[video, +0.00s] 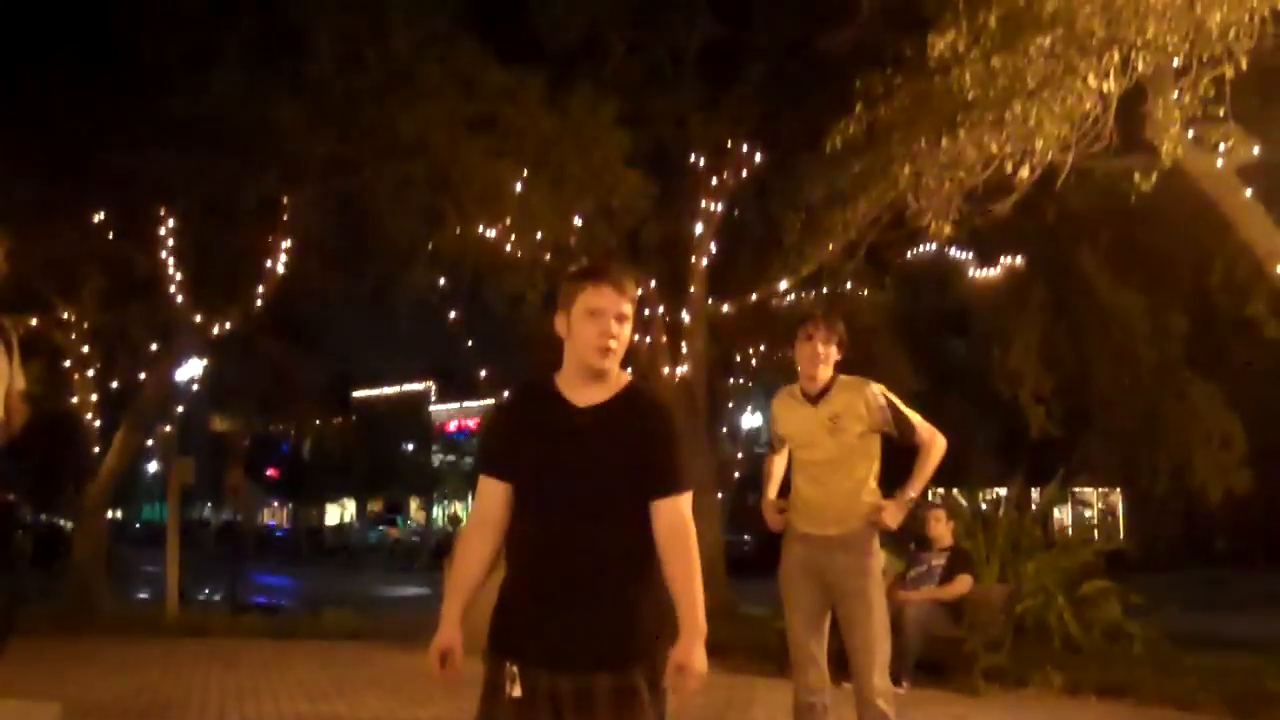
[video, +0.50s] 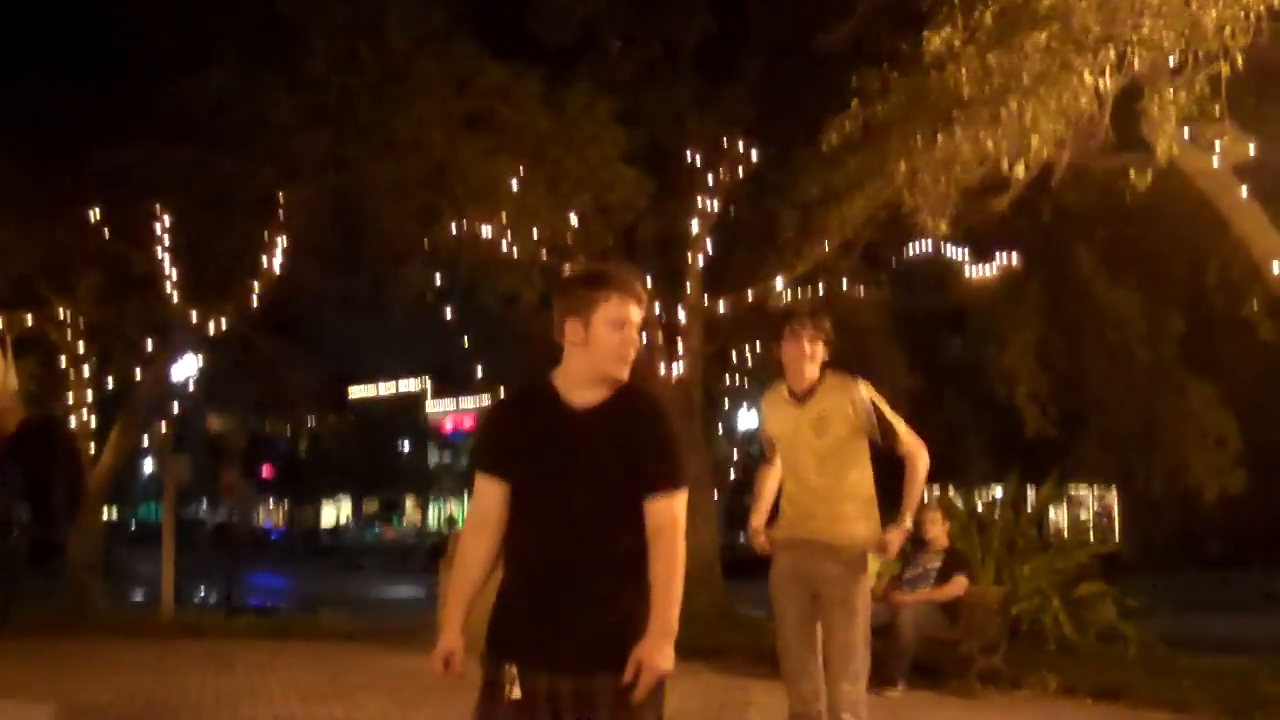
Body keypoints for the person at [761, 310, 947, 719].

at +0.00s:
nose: (817, 350)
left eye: (825, 342)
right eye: (808, 340)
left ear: (837, 353)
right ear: (794, 349)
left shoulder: (866, 396)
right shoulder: (782, 403)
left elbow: (934, 441)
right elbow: (778, 449)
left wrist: (902, 502)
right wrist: (768, 499)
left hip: (857, 547)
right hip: (800, 547)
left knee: (871, 684)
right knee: (807, 679)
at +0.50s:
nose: (806, 349)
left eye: (814, 340)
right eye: (796, 339)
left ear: (825, 349)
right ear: (779, 348)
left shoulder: (854, 394)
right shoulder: (772, 402)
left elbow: (917, 453)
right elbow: (771, 460)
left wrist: (902, 524)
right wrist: (757, 519)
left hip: (849, 552)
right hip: (790, 551)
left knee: (846, 683)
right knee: (799, 682)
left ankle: (848, 716)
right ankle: (806, 716)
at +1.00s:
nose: (781, 490)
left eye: (790, 480)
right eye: (773, 480)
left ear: (803, 489)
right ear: (759, 489)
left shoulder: (837, 539)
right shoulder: (745, 545)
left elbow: (878, 639)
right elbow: (749, 616)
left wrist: (849, 695)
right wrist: (737, 689)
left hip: (830, 695)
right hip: (769, 697)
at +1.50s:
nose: (744, 303)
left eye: (752, 295)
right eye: (736, 294)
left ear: (765, 305)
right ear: (718, 303)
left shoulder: (794, 358)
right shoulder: (702, 365)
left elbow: (821, 453)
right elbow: (693, 441)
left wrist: (786, 523)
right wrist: (702, 508)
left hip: (795, 512)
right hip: (732, 515)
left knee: (823, 642)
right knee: (727, 646)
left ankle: (833, 716)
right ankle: (737, 717)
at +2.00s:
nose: (780, 390)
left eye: (788, 380)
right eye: (771, 381)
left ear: (802, 385)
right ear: (757, 387)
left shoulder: (834, 440)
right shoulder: (737, 445)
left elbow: (852, 527)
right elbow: (725, 524)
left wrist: (848, 608)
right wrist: (708, 593)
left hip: (821, 606)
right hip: (760, 605)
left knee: (831, 712)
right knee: (742, 708)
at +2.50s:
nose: (809, 487)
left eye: (819, 479)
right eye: (799, 476)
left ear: (829, 492)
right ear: (781, 486)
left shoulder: (859, 551)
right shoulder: (758, 551)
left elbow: (900, 640)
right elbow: (757, 638)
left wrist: (890, 707)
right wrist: (746, 709)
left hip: (841, 702)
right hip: (778, 702)